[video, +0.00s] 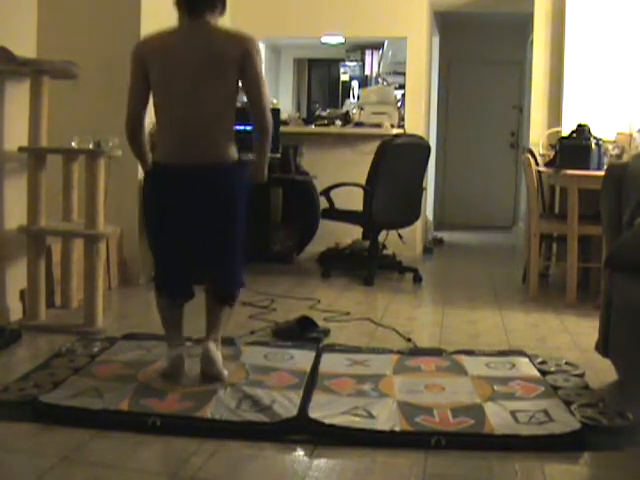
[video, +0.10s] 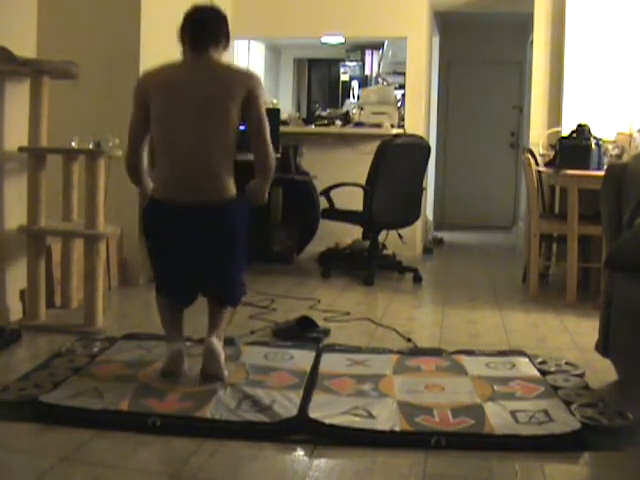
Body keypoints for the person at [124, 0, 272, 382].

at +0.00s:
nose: (221, 11)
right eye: (221, 7)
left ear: (178, 6)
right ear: (220, 6)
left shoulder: (149, 48)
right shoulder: (241, 45)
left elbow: (133, 124)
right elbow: (262, 114)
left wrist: (148, 168)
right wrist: (261, 163)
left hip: (168, 181)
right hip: (221, 180)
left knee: (169, 270)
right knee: (224, 268)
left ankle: (175, 355)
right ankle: (212, 342)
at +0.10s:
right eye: (224, 40)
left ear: (182, 39)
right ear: (224, 40)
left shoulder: (152, 82)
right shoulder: (244, 82)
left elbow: (133, 157)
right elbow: (265, 157)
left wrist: (147, 189)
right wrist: (261, 187)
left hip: (165, 211)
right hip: (220, 212)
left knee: (168, 283)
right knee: (224, 284)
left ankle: (175, 351)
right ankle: (214, 337)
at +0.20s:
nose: (232, 80)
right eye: (231, 73)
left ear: (186, 70)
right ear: (229, 72)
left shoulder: (154, 110)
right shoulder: (246, 113)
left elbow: (131, 188)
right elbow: (265, 194)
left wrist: (154, 211)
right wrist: (256, 214)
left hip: (165, 240)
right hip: (219, 241)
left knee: (166, 285)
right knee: (226, 288)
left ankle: (175, 339)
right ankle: (216, 336)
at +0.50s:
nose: (194, 106)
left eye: (197, 102)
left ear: (199, 107)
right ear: (238, 117)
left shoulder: (164, 145)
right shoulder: (254, 160)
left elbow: (123, 193)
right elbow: (266, 234)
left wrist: (122, 207)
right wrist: (264, 265)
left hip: (162, 296)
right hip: (214, 300)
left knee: (145, 268)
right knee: (233, 279)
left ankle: (172, 336)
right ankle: (214, 336)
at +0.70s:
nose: (188, 109)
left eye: (190, 104)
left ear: (192, 109)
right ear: (230, 117)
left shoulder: (161, 142)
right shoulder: (248, 159)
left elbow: (118, 166)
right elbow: (254, 241)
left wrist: (105, 151)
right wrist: (251, 299)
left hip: (161, 288)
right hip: (214, 295)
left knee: (146, 260)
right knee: (238, 271)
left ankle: (166, 344)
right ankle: (211, 334)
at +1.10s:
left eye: (189, 113)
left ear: (185, 117)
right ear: (224, 124)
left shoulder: (159, 149)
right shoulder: (241, 163)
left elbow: (117, 154)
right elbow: (256, 238)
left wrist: (107, 140)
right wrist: (253, 278)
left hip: (159, 292)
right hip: (211, 299)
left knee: (144, 265)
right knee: (228, 276)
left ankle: (164, 344)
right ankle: (209, 335)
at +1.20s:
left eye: (188, 110)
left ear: (185, 114)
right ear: (225, 122)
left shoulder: (158, 150)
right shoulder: (242, 162)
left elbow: (113, 165)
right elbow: (259, 232)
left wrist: (118, 138)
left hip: (161, 295)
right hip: (212, 300)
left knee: (150, 257)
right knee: (229, 275)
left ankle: (164, 343)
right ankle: (209, 335)